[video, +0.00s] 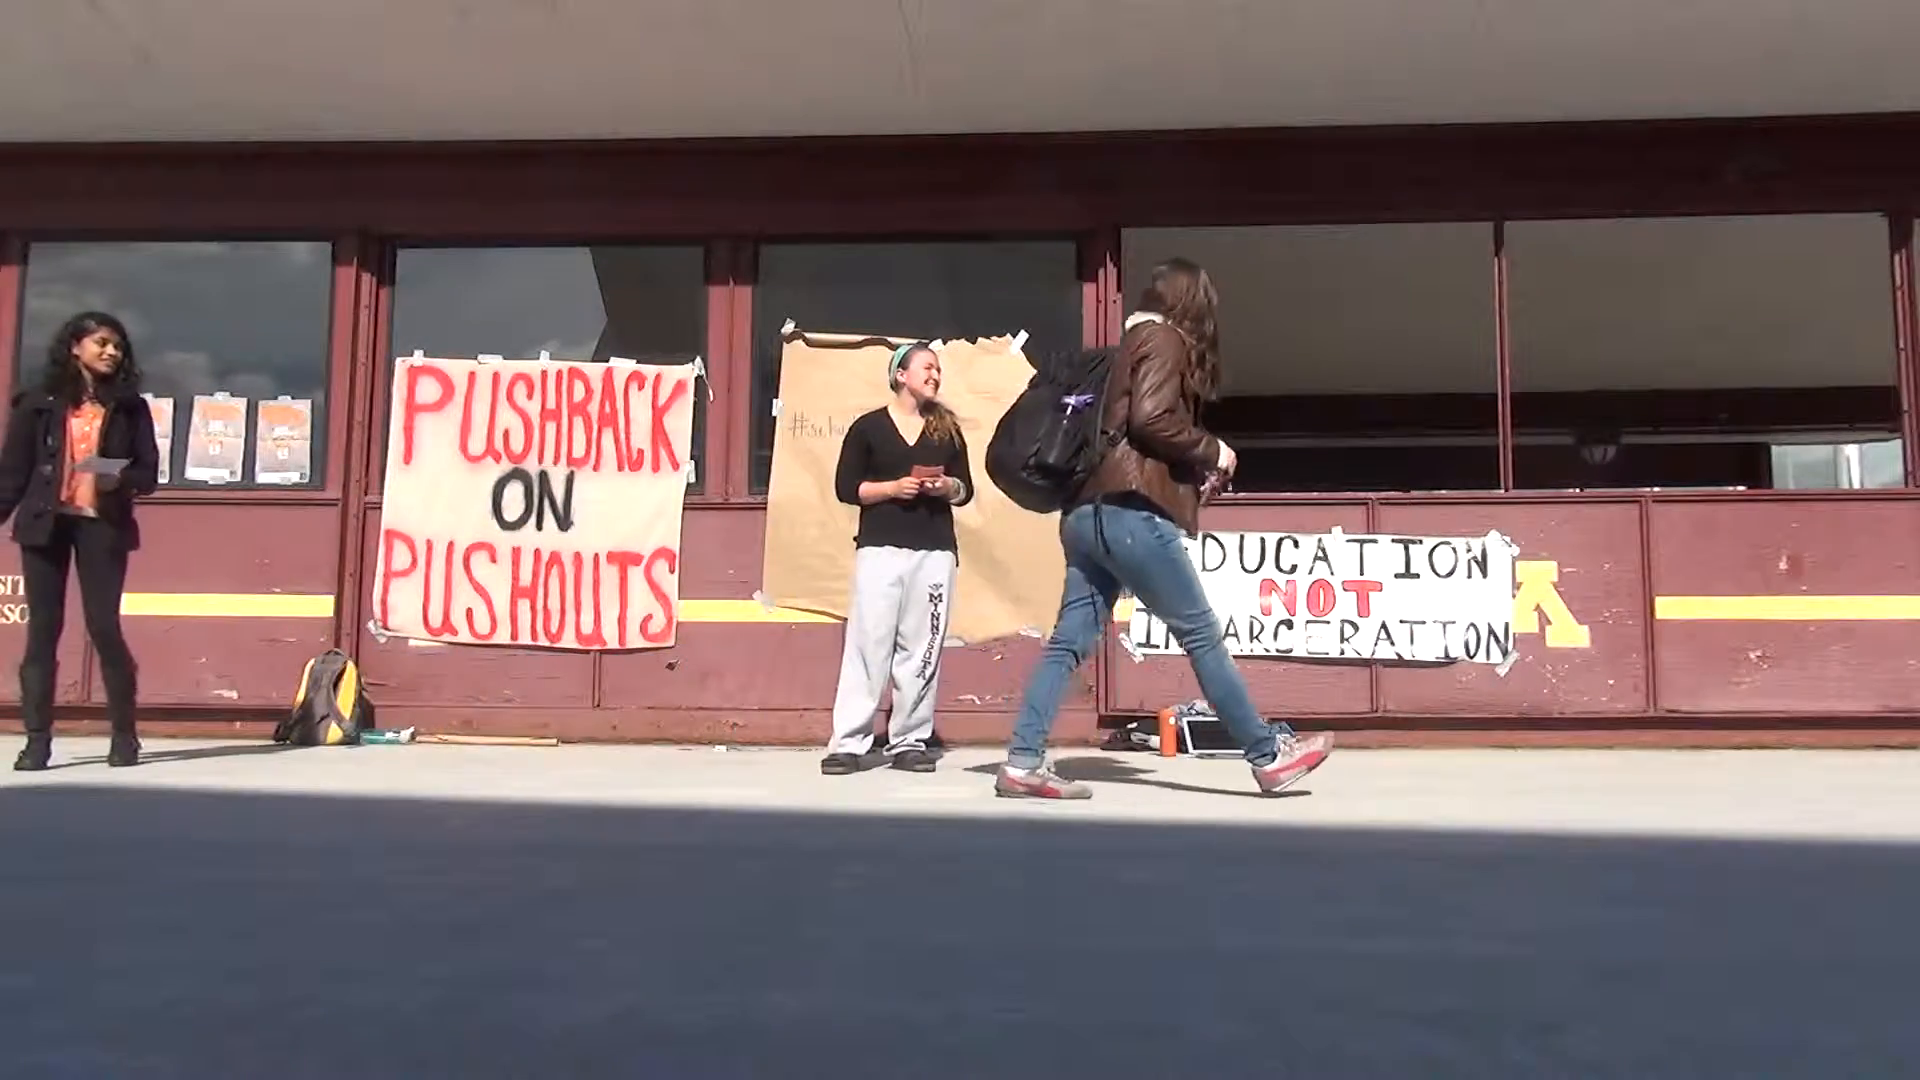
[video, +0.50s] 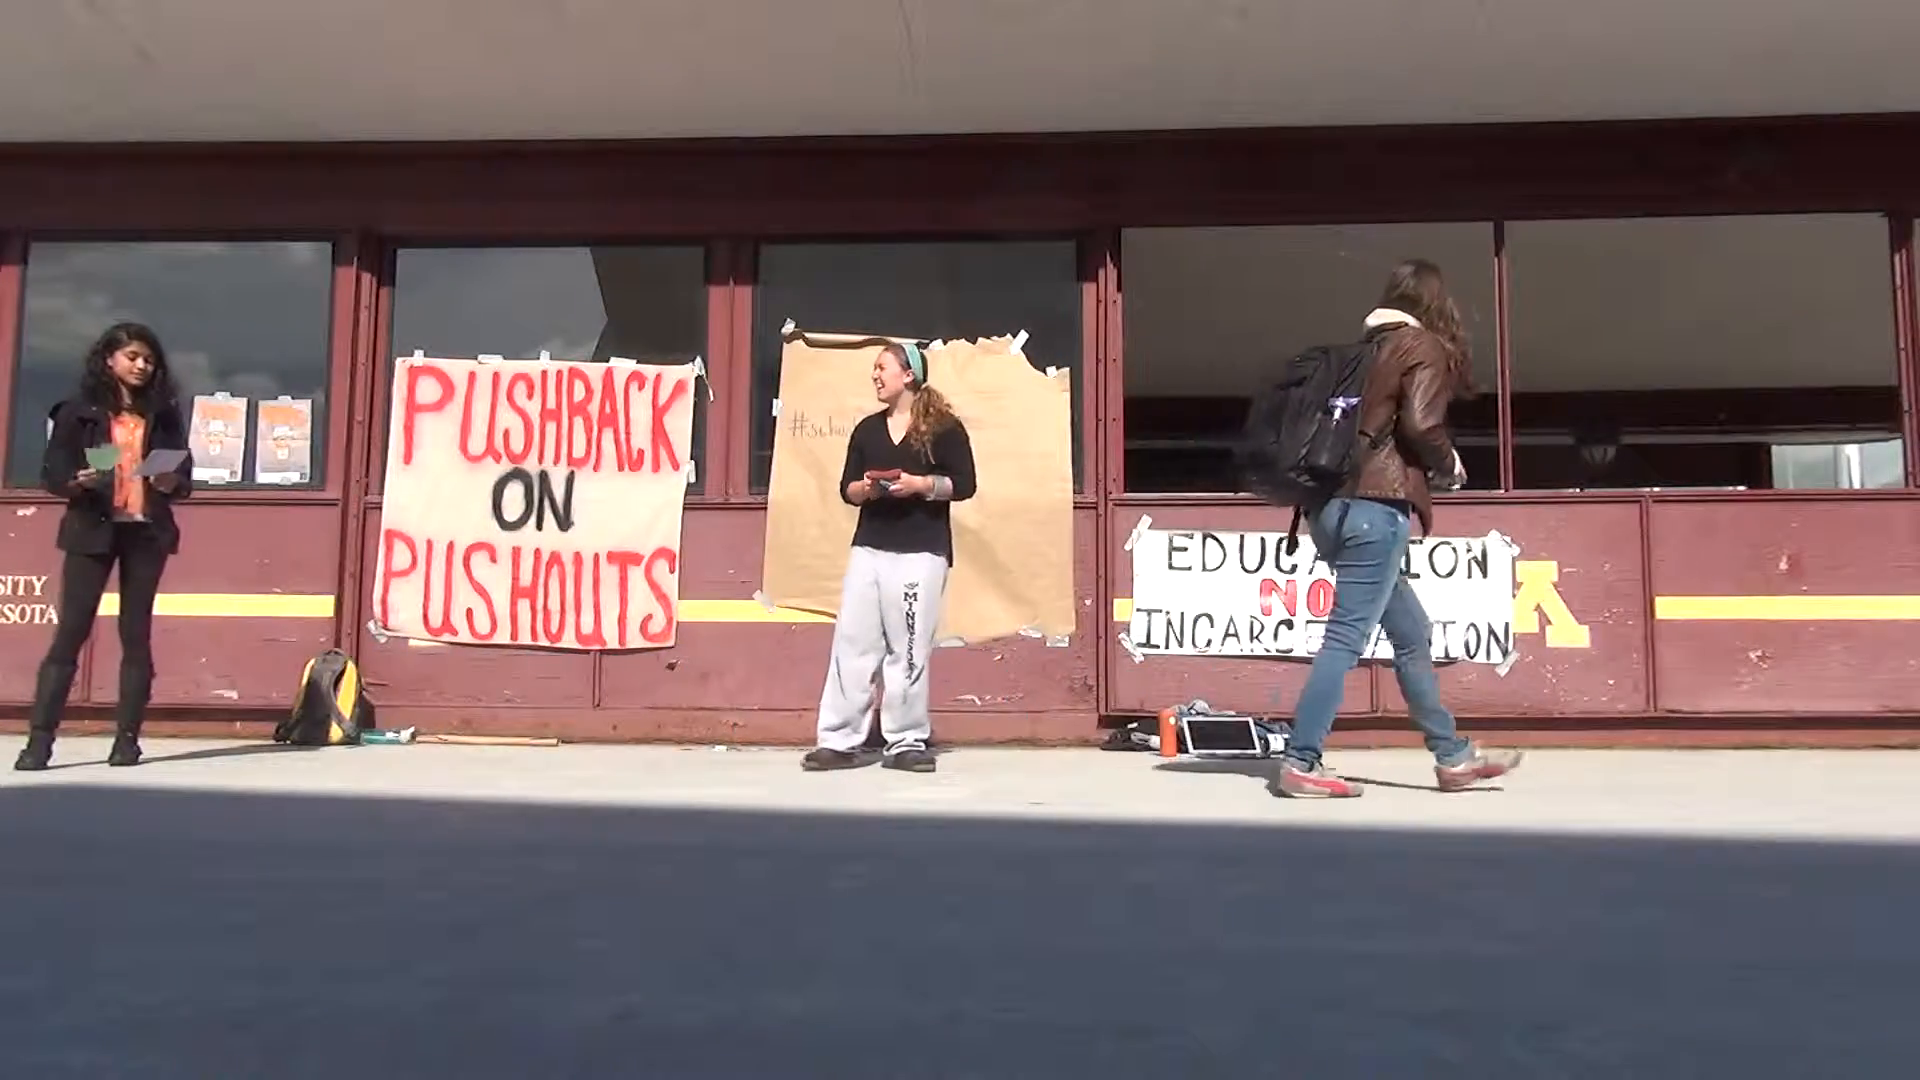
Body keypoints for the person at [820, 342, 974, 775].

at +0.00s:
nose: (936, 375)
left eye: (938, 369)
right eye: (927, 367)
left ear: (937, 379)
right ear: (900, 373)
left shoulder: (946, 429)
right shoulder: (866, 427)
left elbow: (964, 490)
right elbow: (846, 489)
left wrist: (947, 487)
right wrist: (893, 488)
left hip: (934, 550)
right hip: (880, 548)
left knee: (921, 648)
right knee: (869, 645)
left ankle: (910, 742)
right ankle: (848, 744)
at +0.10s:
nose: (928, 370)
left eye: (932, 365)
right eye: (918, 364)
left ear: (937, 376)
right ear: (897, 374)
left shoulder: (950, 428)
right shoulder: (867, 427)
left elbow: (966, 489)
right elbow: (845, 487)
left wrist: (947, 489)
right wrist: (889, 488)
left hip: (933, 551)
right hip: (879, 548)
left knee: (921, 647)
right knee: (868, 645)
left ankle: (909, 742)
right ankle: (848, 744)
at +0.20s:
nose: (909, 369)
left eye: (918, 362)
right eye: (902, 364)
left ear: (933, 373)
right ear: (892, 375)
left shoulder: (953, 428)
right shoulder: (869, 426)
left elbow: (969, 490)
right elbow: (846, 485)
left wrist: (942, 490)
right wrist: (887, 488)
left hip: (930, 550)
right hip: (877, 546)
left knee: (920, 646)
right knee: (866, 644)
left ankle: (909, 742)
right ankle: (847, 743)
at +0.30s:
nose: (893, 370)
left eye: (902, 363)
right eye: (889, 364)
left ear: (925, 372)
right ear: (884, 374)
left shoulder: (953, 428)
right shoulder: (869, 426)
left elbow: (972, 489)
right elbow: (847, 485)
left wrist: (938, 489)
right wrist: (875, 490)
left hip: (927, 551)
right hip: (874, 546)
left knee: (917, 645)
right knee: (862, 642)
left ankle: (908, 742)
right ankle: (842, 742)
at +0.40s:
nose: (883, 373)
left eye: (892, 366)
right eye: (882, 367)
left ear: (917, 373)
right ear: (882, 376)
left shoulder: (950, 426)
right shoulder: (868, 427)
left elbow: (970, 487)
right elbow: (849, 488)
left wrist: (931, 487)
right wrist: (868, 490)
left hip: (925, 550)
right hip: (872, 546)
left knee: (914, 645)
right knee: (858, 642)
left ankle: (908, 742)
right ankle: (838, 741)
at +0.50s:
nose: (875, 375)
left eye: (882, 368)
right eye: (875, 368)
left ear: (909, 374)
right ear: (885, 376)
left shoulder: (944, 427)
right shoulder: (866, 429)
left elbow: (965, 485)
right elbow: (847, 489)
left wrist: (921, 485)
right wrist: (864, 490)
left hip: (920, 551)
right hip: (870, 547)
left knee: (909, 646)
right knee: (853, 642)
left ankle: (907, 741)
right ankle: (841, 741)